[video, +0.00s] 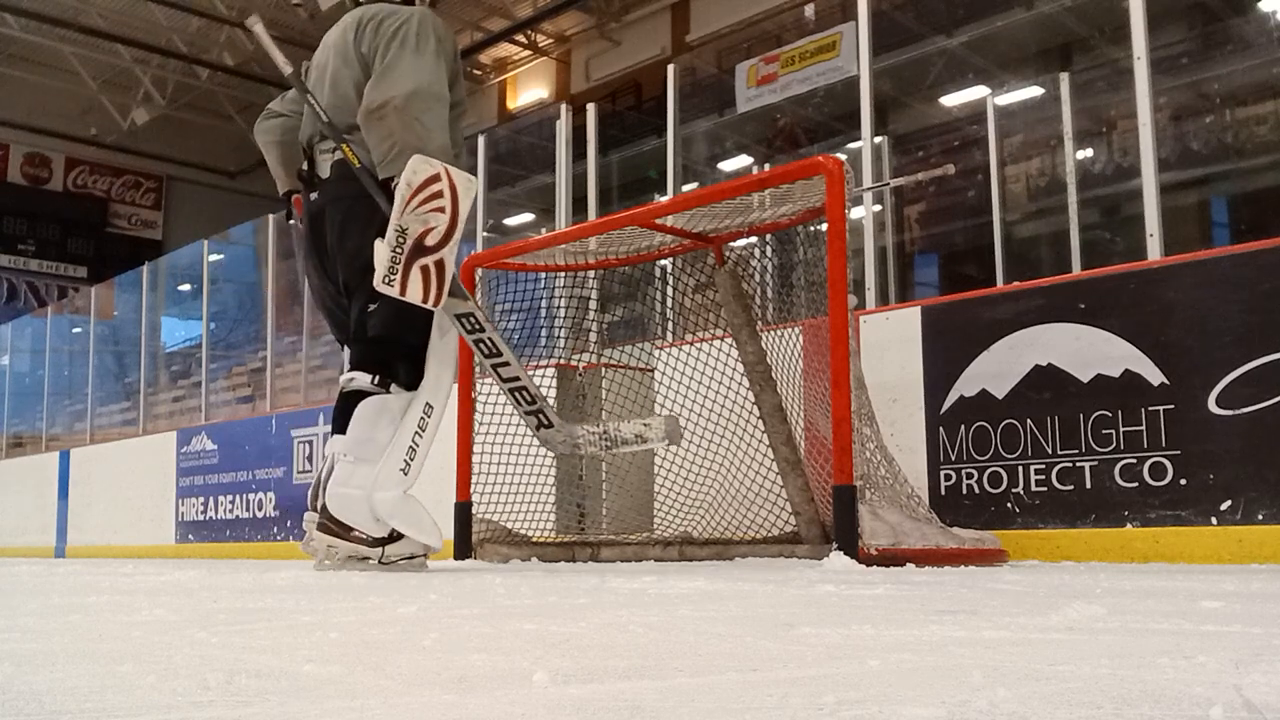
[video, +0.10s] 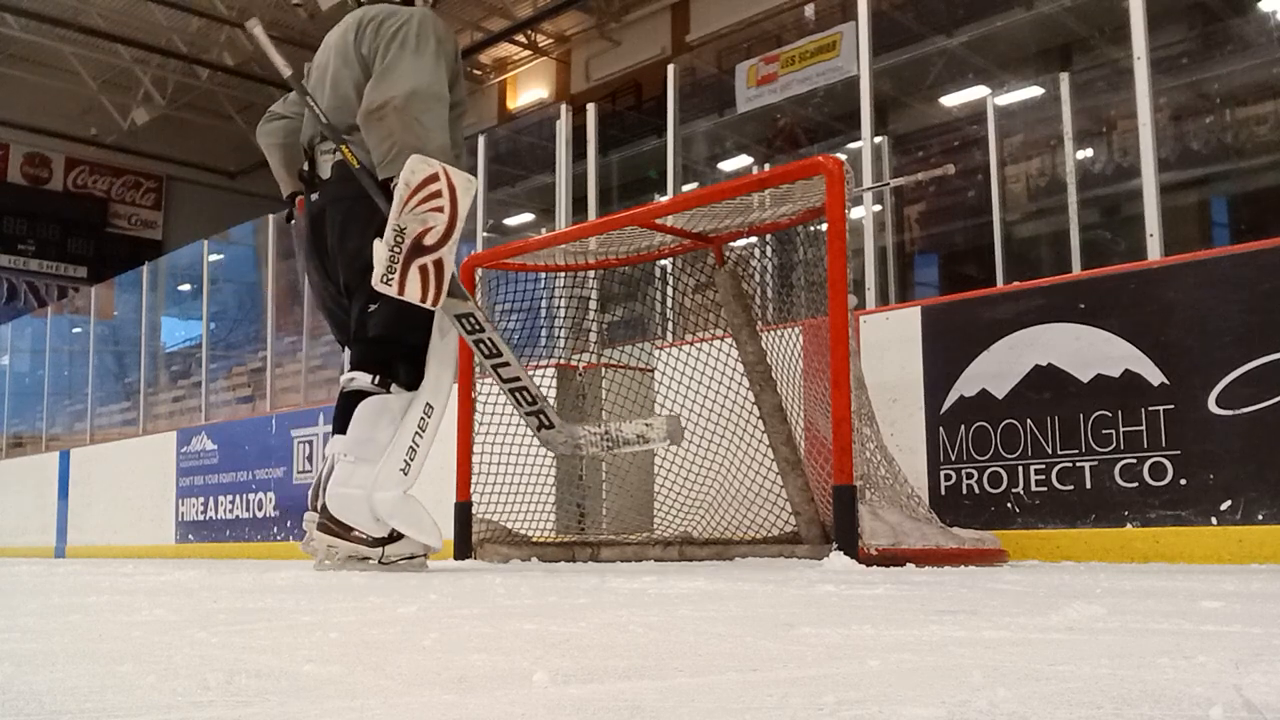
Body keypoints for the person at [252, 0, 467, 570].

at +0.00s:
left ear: (359, 5)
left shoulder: (325, 59)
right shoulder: (411, 24)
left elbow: (273, 125)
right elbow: (399, 115)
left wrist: (298, 188)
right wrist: (433, 215)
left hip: (322, 217)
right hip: (371, 205)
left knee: (366, 354)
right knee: (399, 352)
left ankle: (335, 505)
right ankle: (354, 507)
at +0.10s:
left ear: (364, 3)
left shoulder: (328, 55)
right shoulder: (411, 23)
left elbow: (275, 126)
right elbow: (398, 113)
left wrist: (302, 191)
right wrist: (430, 215)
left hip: (321, 219)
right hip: (372, 207)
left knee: (366, 356)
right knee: (400, 354)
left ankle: (336, 504)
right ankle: (356, 507)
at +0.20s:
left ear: (368, 2)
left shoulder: (331, 53)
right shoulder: (412, 23)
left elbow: (278, 126)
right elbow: (398, 115)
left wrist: (299, 190)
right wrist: (430, 215)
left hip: (320, 218)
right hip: (369, 206)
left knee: (368, 355)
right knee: (400, 354)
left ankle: (336, 505)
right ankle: (355, 506)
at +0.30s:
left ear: (370, 2)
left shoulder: (334, 52)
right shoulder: (412, 23)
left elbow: (281, 128)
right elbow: (399, 117)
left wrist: (301, 192)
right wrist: (428, 219)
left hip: (325, 221)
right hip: (373, 210)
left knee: (369, 354)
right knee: (399, 353)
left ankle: (336, 505)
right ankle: (354, 507)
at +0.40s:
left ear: (373, 2)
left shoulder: (338, 52)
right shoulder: (412, 23)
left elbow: (285, 129)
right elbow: (397, 117)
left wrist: (309, 191)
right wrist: (428, 220)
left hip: (326, 218)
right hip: (373, 208)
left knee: (370, 356)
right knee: (402, 355)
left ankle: (338, 507)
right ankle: (355, 509)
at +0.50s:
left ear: (377, 1)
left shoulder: (344, 46)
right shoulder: (412, 24)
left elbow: (288, 131)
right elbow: (396, 120)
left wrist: (317, 190)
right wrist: (425, 226)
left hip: (330, 214)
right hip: (375, 207)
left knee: (370, 357)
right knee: (403, 358)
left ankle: (345, 513)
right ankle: (354, 506)